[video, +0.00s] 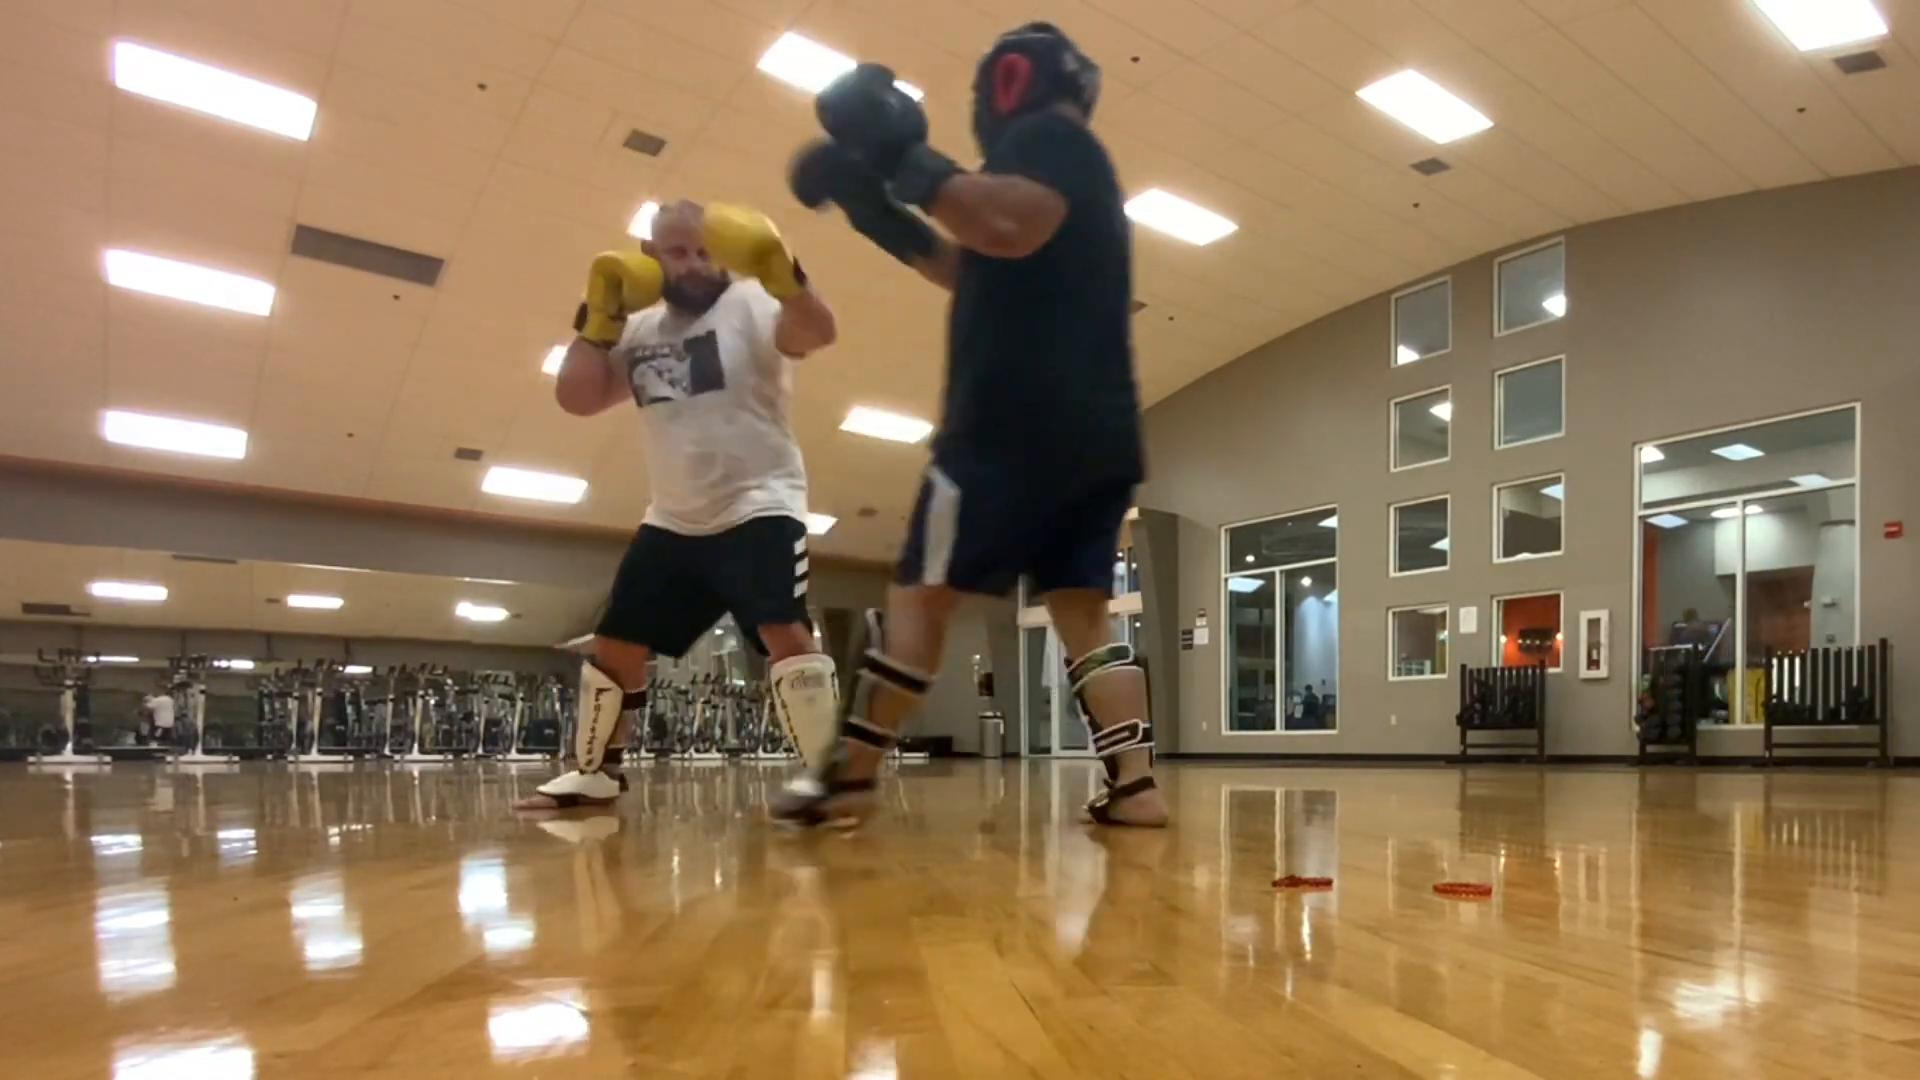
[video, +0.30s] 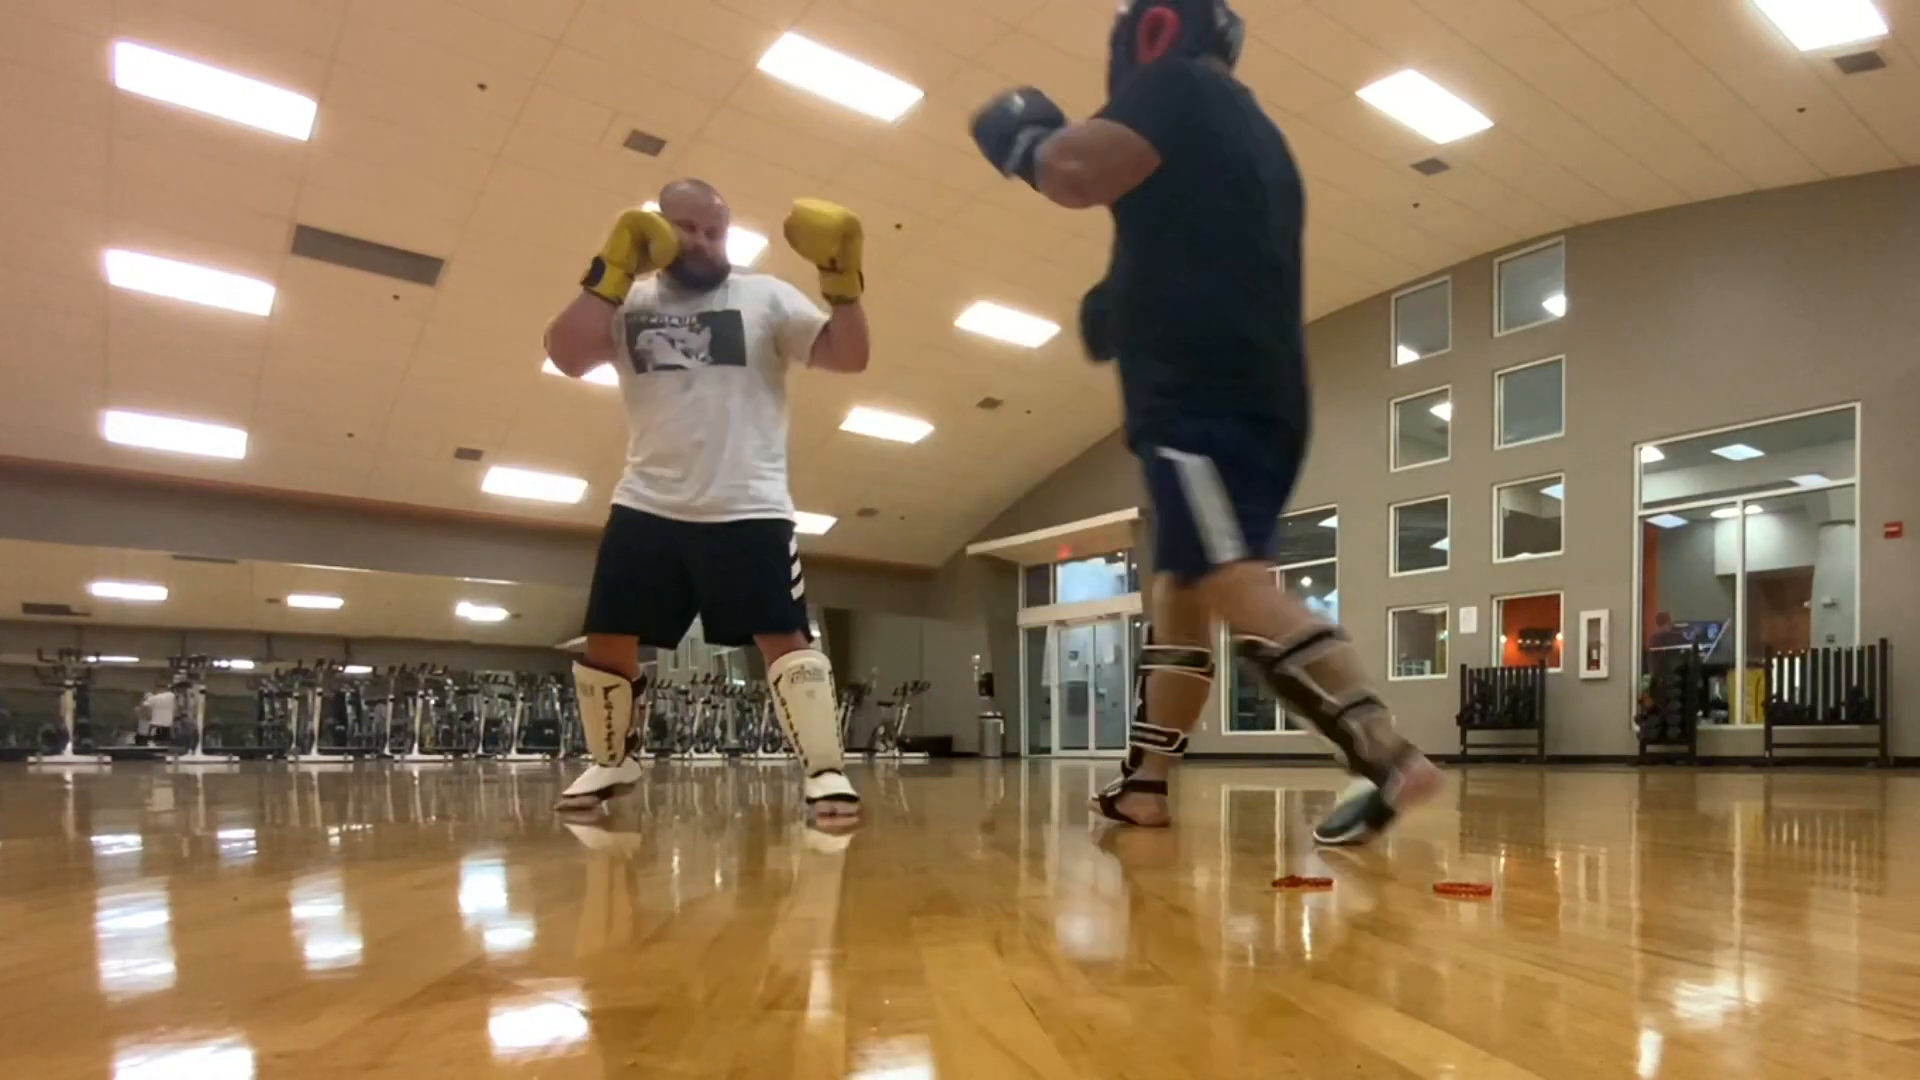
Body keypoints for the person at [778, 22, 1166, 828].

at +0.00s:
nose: (981, 101)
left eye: (987, 85)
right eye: (983, 89)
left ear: (1012, 75)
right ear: (1064, 85)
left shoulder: (1049, 135)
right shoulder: (1070, 171)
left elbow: (1020, 222)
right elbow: (981, 279)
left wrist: (903, 156)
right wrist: (877, 214)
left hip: (1006, 425)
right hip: (1091, 430)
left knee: (922, 594)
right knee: (1080, 604)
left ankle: (850, 779)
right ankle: (1136, 788)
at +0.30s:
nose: (1114, 59)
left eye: (1122, 40)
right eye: (1118, 44)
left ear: (1156, 32)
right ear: (1219, 46)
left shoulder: (1176, 88)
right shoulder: (1259, 136)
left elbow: (1077, 174)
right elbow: (1231, 264)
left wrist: (1026, 135)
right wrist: (1132, 306)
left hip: (1196, 389)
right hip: (1259, 393)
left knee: (1234, 583)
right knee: (1181, 595)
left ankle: (1390, 762)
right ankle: (1144, 790)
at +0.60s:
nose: (1239, 62)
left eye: (1244, 42)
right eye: (1238, 49)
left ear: (1285, 14)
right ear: (1346, 17)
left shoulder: (1317, 45)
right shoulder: (1393, 108)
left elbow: (1238, 146)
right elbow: (1323, 235)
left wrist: (1154, 159)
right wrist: (1213, 204)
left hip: (1334, 351)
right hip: (1404, 359)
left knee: (1374, 564)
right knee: (1330, 569)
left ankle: (1430, 792)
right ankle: (1380, 769)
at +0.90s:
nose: (1345, 49)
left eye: (1358, 31)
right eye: (1349, 36)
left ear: (1399, 27)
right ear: (1447, 37)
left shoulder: (1421, 79)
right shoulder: (1477, 121)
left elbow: (1360, 157)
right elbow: (1390, 259)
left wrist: (1290, 141)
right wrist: (1305, 204)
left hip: (1414, 375)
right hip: (1503, 380)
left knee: (1422, 570)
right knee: (1509, 580)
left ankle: (1430, 792)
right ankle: (1575, 781)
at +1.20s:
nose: (1394, 110)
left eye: (1402, 93)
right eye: (1392, 99)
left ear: (1448, 67)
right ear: (1481, 75)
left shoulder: (1477, 113)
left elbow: (1456, 169)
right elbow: (1469, 296)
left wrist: (1342, 154)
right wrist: (1384, 271)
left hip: (1465, 388)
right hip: (1553, 402)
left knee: (1374, 566)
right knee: (1543, 582)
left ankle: (1415, 763)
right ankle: (1578, 790)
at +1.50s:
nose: (1357, 118)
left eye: (1368, 99)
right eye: (1360, 103)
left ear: (1419, 94)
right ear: (1439, 100)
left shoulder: (1445, 144)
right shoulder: (1479, 183)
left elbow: (1431, 220)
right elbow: (1414, 321)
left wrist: (1314, 222)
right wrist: (1330, 279)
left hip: (1426, 418)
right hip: (1511, 424)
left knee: (1373, 596)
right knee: (1503, 594)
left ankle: (1395, 784)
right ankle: (1571, 773)